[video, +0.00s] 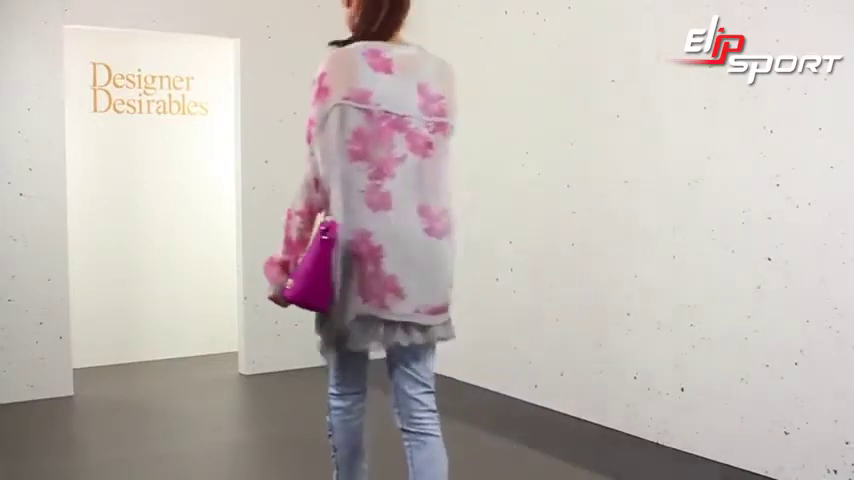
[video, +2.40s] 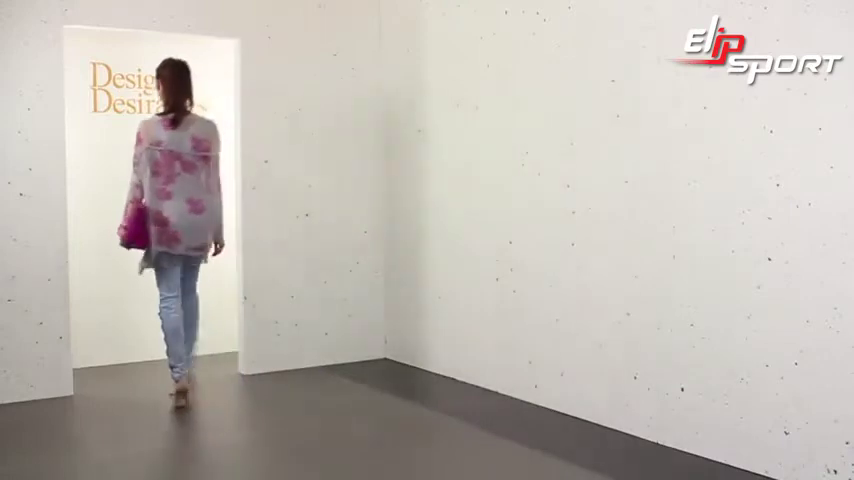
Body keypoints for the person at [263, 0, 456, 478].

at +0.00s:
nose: (345, 10)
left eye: (346, 3)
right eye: (346, 3)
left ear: (356, 7)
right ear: (403, 8)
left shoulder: (342, 65)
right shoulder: (438, 71)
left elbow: (318, 176)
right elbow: (433, 174)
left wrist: (285, 266)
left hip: (352, 253)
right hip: (424, 254)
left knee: (346, 397)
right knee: (419, 405)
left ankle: (349, 475)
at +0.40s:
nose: (306, 11)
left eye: (310, 4)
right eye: (308, 4)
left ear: (320, 11)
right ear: (362, 11)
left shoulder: (296, 73)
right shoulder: (393, 75)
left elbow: (279, 167)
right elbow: (405, 176)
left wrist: (259, 239)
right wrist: (414, 259)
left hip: (316, 239)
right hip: (381, 239)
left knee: (330, 373)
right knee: (357, 360)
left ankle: (344, 474)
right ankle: (361, 467)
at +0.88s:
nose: (265, 40)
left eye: (268, 33)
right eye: (266, 32)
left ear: (279, 35)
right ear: (312, 33)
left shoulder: (260, 94)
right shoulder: (341, 97)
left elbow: (242, 173)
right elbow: (348, 179)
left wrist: (220, 238)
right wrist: (346, 243)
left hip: (271, 235)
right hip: (328, 238)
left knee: (272, 334)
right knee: (319, 343)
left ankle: (278, 447)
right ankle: (309, 455)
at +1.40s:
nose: (223, 58)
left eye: (225, 52)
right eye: (225, 51)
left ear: (231, 55)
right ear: (263, 53)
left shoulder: (216, 106)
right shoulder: (288, 108)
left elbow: (204, 175)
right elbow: (297, 180)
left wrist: (190, 230)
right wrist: (303, 238)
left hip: (233, 228)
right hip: (280, 228)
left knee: (244, 323)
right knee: (263, 313)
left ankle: (263, 422)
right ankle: (260, 406)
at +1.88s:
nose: (185, 77)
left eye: (186, 71)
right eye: (187, 70)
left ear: (192, 74)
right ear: (220, 72)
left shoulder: (179, 121)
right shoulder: (242, 121)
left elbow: (168, 179)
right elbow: (251, 183)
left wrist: (154, 227)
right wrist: (253, 234)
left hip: (192, 229)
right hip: (235, 230)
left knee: (193, 304)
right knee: (229, 310)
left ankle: (193, 387)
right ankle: (220, 397)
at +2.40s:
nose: (157, 88)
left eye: (158, 82)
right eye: (159, 81)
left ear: (161, 85)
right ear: (188, 84)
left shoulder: (149, 128)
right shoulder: (207, 129)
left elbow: (138, 181)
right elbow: (214, 184)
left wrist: (128, 224)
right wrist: (218, 229)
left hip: (162, 225)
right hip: (199, 225)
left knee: (169, 298)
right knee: (189, 293)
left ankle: (179, 376)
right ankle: (186, 367)